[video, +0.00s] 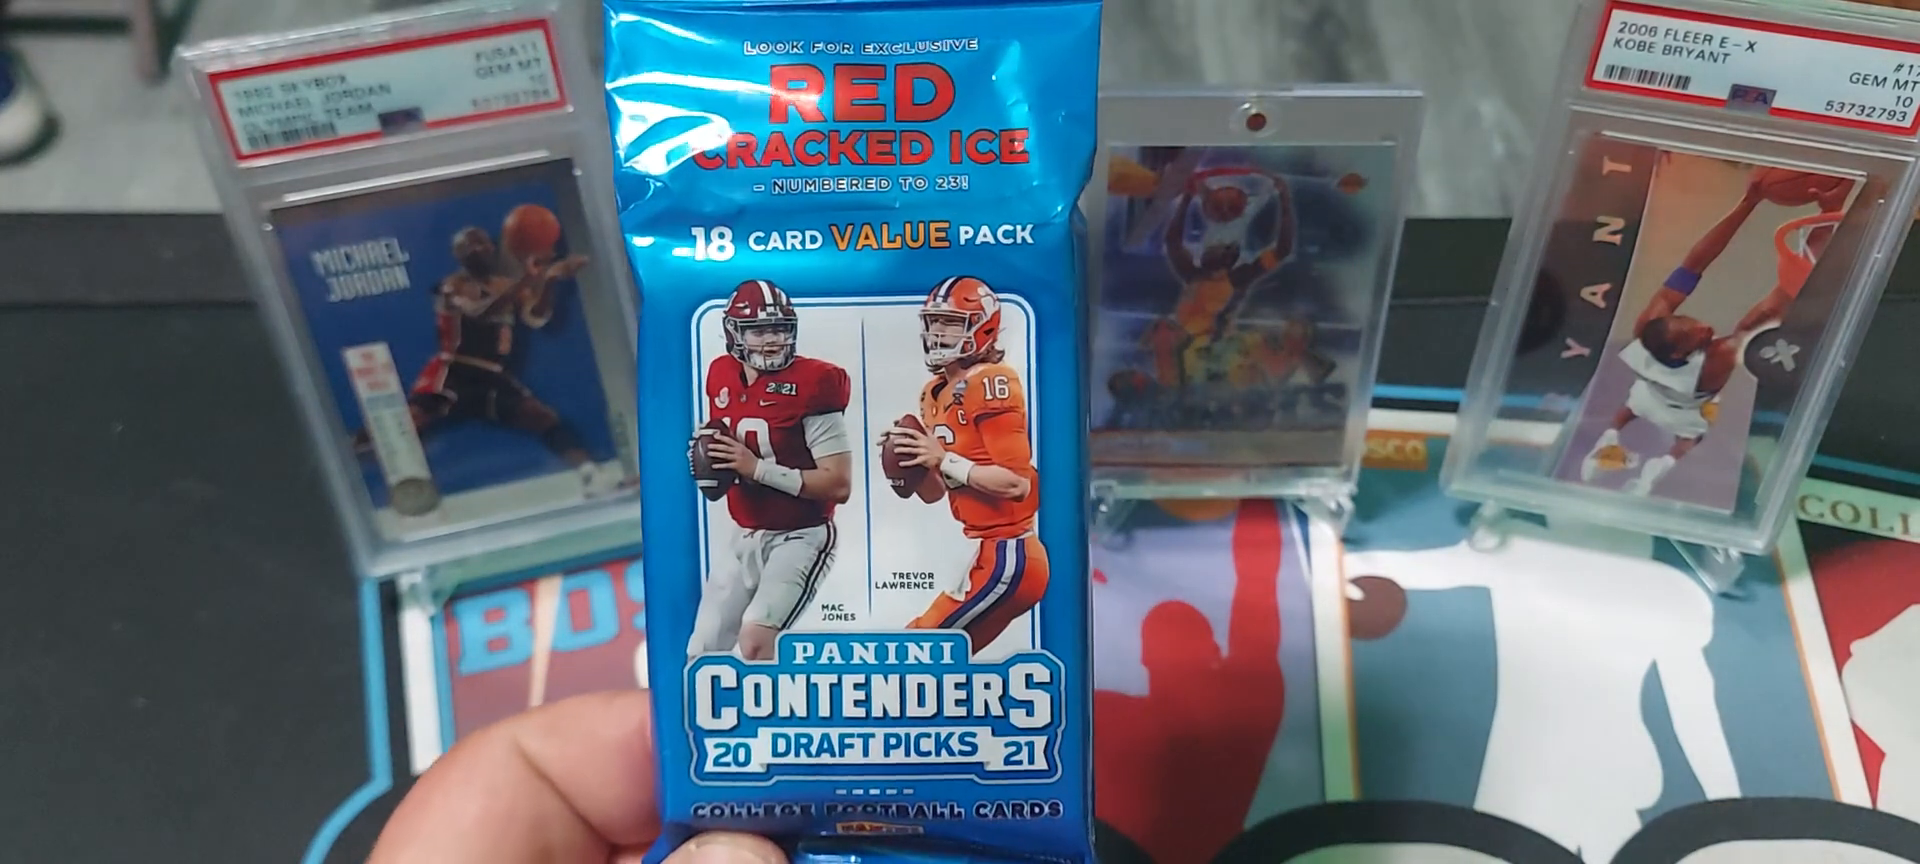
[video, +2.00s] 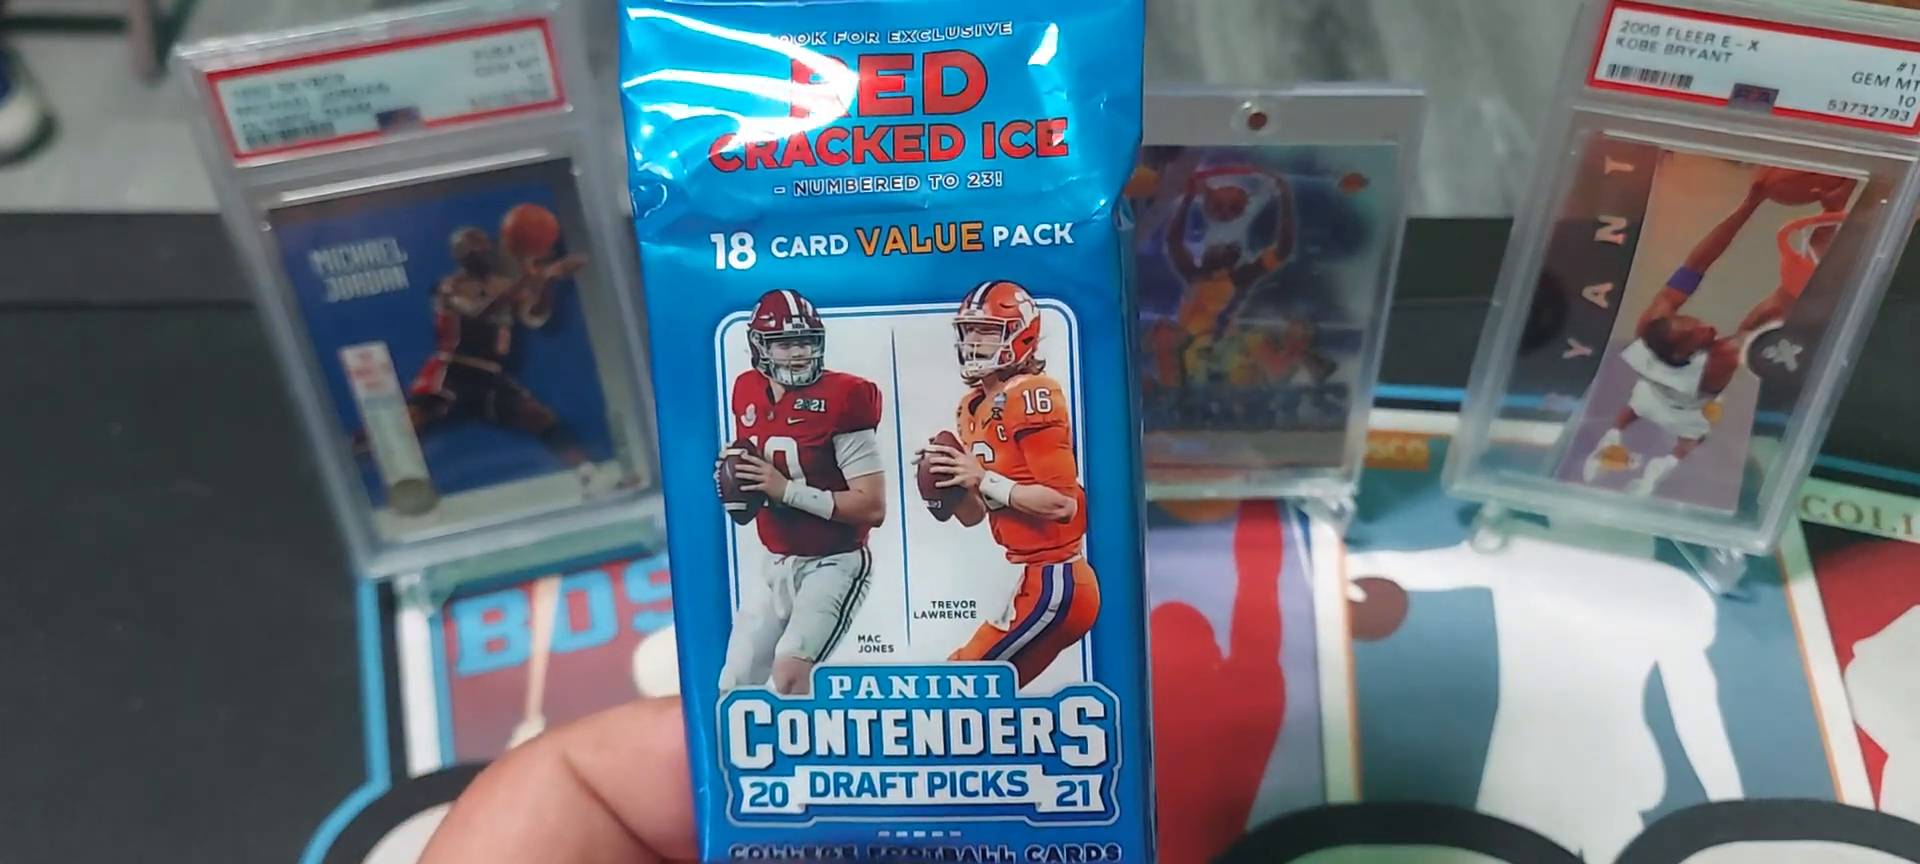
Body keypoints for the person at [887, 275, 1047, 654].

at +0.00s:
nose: (937, 335)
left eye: (950, 325)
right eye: (933, 324)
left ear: (981, 329)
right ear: (925, 326)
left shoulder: (991, 381)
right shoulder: (933, 392)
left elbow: (1016, 483)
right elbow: (931, 492)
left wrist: (942, 458)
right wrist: (904, 464)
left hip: (1008, 556)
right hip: (990, 554)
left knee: (911, 655)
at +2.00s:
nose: (974, 344)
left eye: (987, 333)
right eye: (969, 332)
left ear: (1020, 337)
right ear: (959, 335)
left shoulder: (1032, 394)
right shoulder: (970, 407)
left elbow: (1061, 502)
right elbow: (971, 514)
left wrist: (982, 478)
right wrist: (943, 479)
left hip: (1055, 582)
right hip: (1036, 579)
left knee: (955, 688)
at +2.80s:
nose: (962, 358)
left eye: (978, 347)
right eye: (957, 345)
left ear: (1012, 355)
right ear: (947, 350)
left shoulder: (1025, 410)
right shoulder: (961, 424)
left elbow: (1058, 524)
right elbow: (964, 534)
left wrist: (975, 498)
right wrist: (935, 505)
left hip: (1052, 605)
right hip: (1029, 602)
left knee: (951, 712)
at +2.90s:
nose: (1033, 381)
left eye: (1049, 369)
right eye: (1028, 367)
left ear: (1083, 378)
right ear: (1018, 371)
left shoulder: (1095, 435)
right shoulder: (1032, 447)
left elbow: (1124, 551)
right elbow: (1029, 558)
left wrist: (1041, 523)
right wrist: (999, 528)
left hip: (1115, 633)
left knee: (1012, 739)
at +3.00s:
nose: (1087, 412)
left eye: (1103, 399)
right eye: (1082, 398)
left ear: (1139, 409)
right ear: (1074, 401)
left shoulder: (1151, 468)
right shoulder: (1086, 479)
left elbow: (1180, 587)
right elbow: (1081, 592)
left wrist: (1093, 556)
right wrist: (1050, 563)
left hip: (1169, 672)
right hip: (1145, 668)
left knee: (1057, 778)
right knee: (1073, 788)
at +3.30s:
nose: (1142, 409)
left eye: (1158, 398)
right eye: (1139, 397)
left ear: (1194, 406)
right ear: (1130, 400)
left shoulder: (1203, 468)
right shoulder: (1134, 474)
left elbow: (1222, 584)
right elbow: (1126, 588)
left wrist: (1140, 551)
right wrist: (1097, 555)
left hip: (1210, 669)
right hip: (1186, 664)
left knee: (1093, 768)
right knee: (1108, 779)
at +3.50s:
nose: (1187, 383)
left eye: (1203, 373)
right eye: (1184, 369)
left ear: (1238, 382)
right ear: (1173, 370)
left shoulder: (1242, 443)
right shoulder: (1173, 445)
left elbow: (1253, 559)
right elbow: (1158, 558)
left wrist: (1173, 522)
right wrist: (1135, 522)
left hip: (1236, 642)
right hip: (1213, 637)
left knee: (1112, 735)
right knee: (1129, 746)